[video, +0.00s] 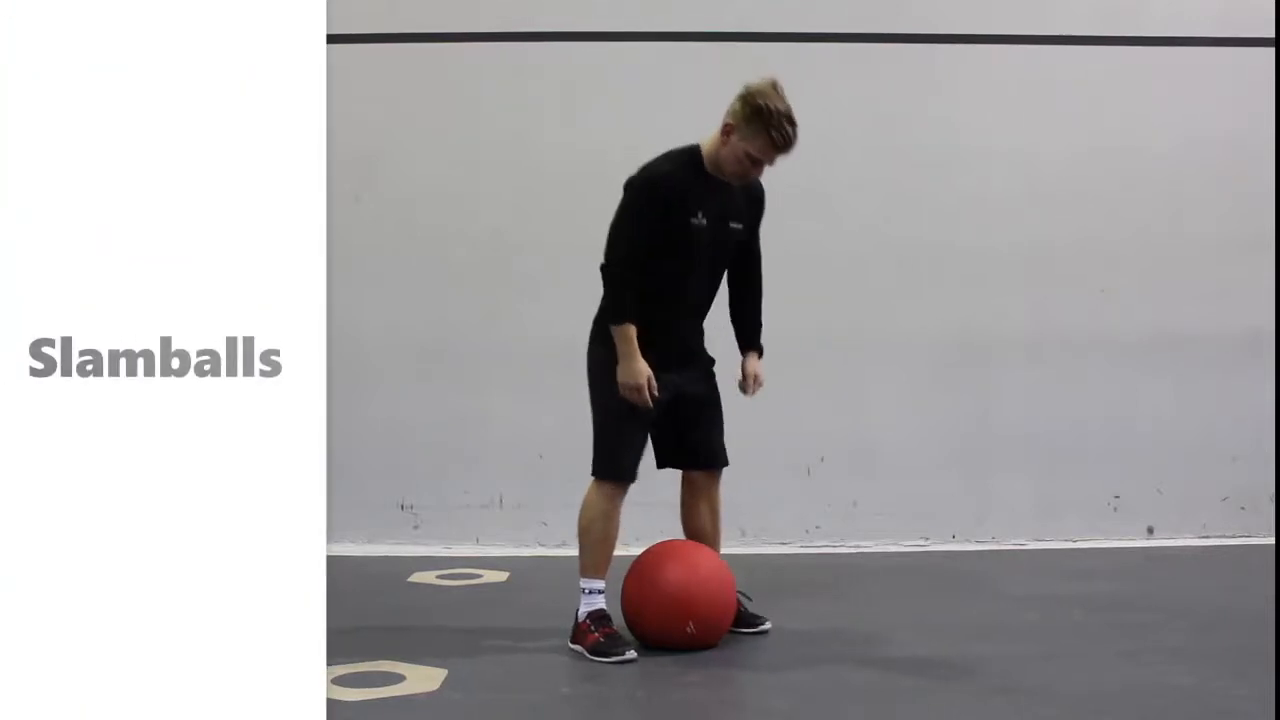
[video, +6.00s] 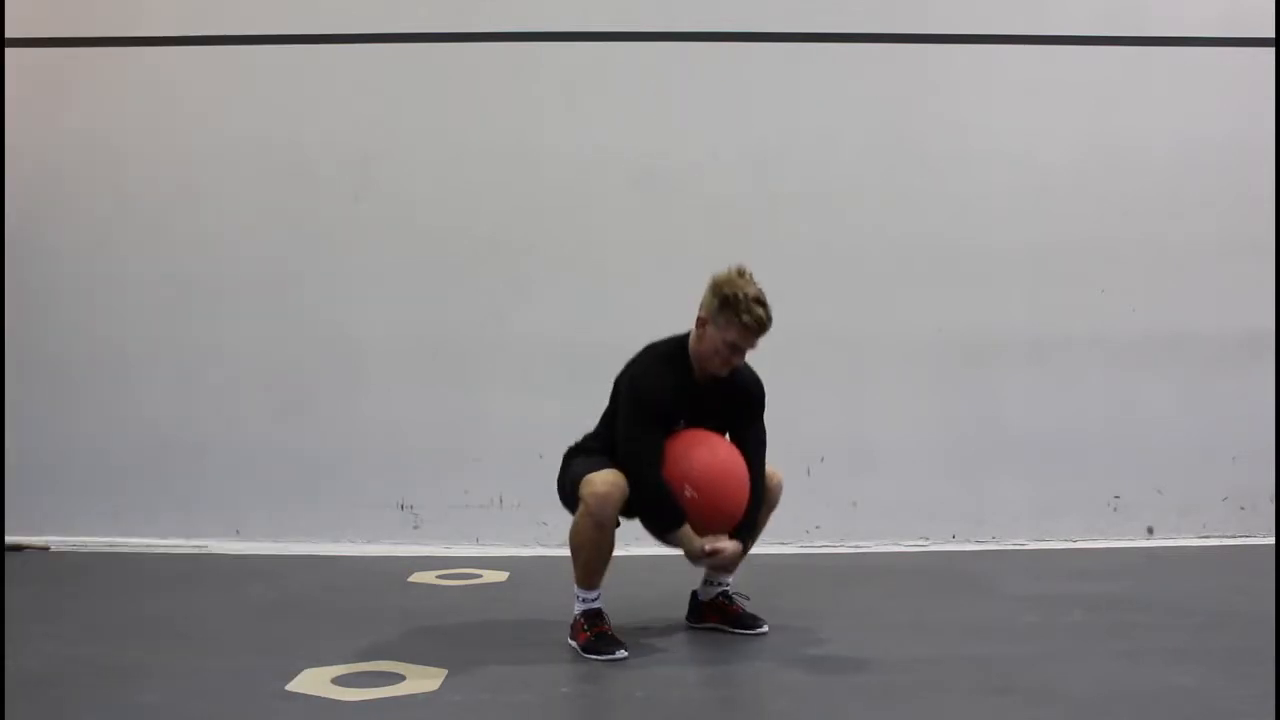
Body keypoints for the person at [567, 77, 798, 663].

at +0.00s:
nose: (757, 171)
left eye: (767, 163)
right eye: (752, 158)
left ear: (772, 151)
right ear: (726, 130)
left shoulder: (747, 195)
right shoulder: (658, 182)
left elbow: (745, 274)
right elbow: (616, 271)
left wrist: (751, 348)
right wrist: (628, 353)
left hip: (685, 346)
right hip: (625, 344)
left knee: (704, 467)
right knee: (613, 475)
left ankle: (711, 597)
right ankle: (590, 612)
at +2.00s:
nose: (682, 148)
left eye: (688, 138)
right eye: (670, 137)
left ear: (693, 140)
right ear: (640, 136)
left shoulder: (703, 209)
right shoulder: (617, 200)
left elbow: (745, 266)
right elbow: (647, 260)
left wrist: (762, 291)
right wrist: (719, 293)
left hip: (683, 363)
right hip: (623, 367)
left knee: (730, 475)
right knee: (654, 483)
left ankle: (690, 603)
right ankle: (610, 614)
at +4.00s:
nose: (728, 363)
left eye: (735, 355)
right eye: (721, 351)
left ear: (744, 345)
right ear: (691, 327)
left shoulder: (732, 387)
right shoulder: (639, 373)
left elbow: (744, 468)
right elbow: (630, 472)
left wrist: (737, 533)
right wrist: (685, 535)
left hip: (674, 485)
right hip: (604, 475)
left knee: (759, 480)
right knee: (596, 490)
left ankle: (706, 599)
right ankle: (587, 614)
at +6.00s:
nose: (738, 360)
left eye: (746, 351)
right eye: (732, 348)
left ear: (755, 343)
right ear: (701, 324)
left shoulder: (746, 388)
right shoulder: (650, 370)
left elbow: (754, 474)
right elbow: (639, 472)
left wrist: (739, 542)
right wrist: (690, 544)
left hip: (681, 477)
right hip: (606, 464)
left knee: (768, 484)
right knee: (605, 490)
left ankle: (710, 598)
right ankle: (587, 614)